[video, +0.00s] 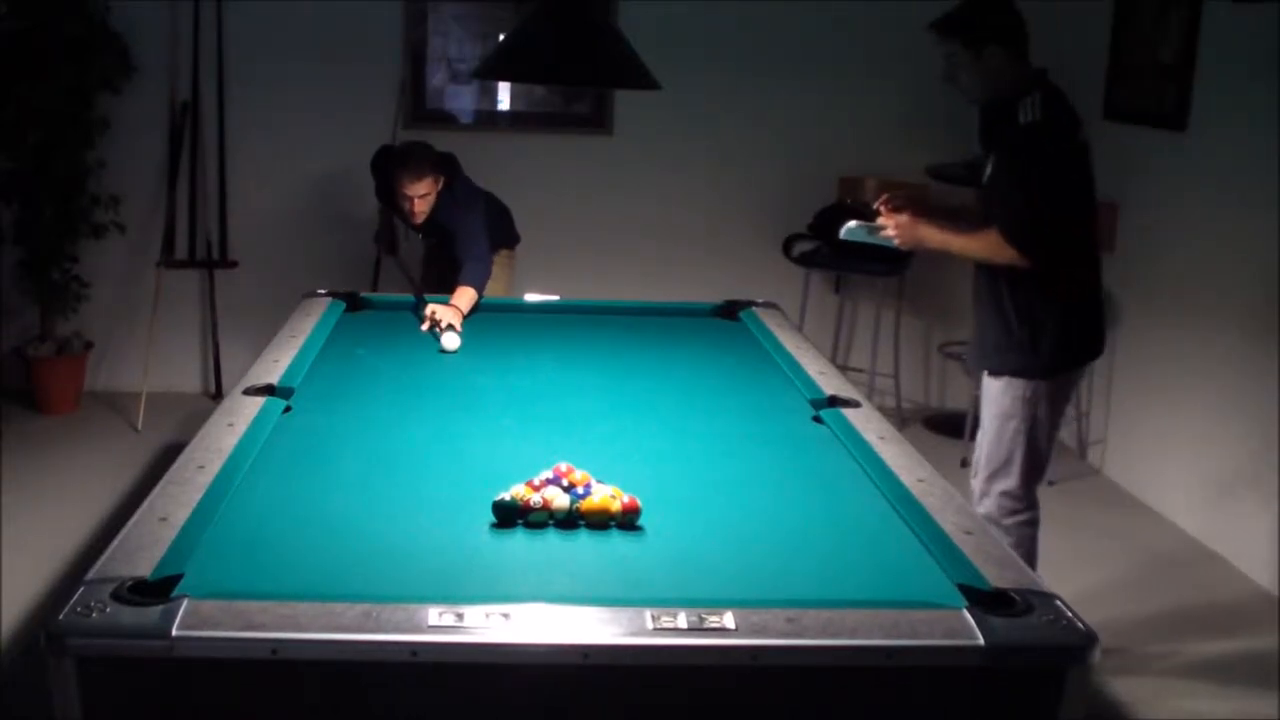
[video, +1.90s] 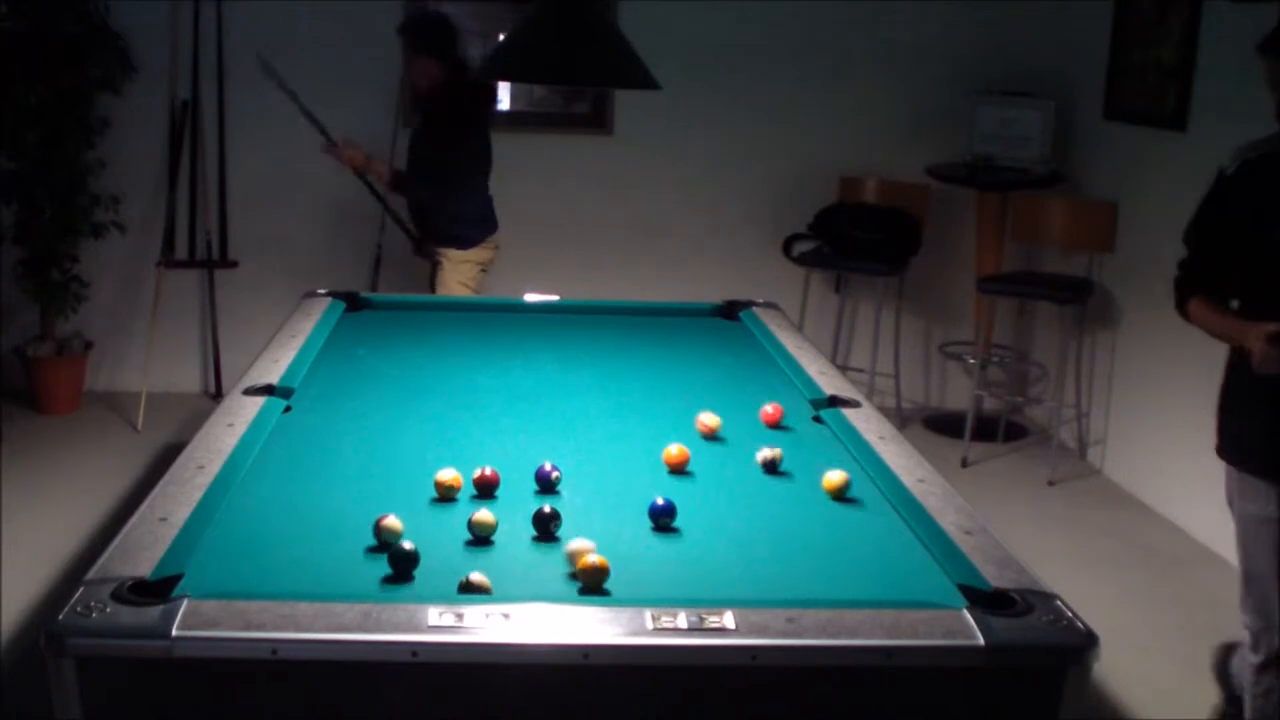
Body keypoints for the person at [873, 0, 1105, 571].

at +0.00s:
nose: (951, 79)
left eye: (958, 64)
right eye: (949, 65)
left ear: (993, 55)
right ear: (1001, 57)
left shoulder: (1037, 117)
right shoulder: (1016, 111)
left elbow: (1022, 245)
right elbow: (997, 212)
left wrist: (928, 235)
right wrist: (923, 210)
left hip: (1036, 344)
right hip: (1014, 337)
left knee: (1003, 498)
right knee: (992, 489)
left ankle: (1007, 629)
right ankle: (994, 620)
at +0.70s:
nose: (985, 69)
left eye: (993, 54)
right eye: (983, 55)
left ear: (1026, 49)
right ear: (1017, 51)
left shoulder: (1077, 118)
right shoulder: (1024, 113)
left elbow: (1069, 242)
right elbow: (1030, 215)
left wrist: (968, 237)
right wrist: (973, 204)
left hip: (1070, 346)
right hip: (1019, 338)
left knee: (1068, 502)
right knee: (1009, 487)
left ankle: (1097, 644)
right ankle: (1003, 627)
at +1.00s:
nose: (1069, 69)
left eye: (1082, 55)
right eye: (1068, 55)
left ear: (1122, 57)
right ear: (1077, 56)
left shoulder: (1179, 144)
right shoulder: (1075, 126)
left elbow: (1174, 261)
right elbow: (1068, 219)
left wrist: (1059, 252)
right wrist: (1019, 224)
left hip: (1138, 375)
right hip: (1061, 358)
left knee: (1158, 525)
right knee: (1035, 496)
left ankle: (1185, 674)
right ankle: (1011, 630)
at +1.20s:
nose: (1121, 75)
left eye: (1137, 60)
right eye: (1125, 60)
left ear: (1186, 64)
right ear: (1150, 70)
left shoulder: (1258, 156)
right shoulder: (1129, 146)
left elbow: (1263, 282)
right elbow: (1099, 241)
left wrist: (1149, 277)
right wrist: (1081, 251)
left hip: (1213, 391)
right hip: (1122, 375)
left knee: (1199, 547)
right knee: (1060, 505)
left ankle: (1191, 678)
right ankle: (1018, 634)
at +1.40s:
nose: (1228, 90)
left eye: (1242, 78)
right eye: (1220, 74)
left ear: (1266, 80)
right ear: (1205, 72)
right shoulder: (1174, 138)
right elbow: (1138, 248)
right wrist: (1154, 256)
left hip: (1262, 380)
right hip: (1167, 363)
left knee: (1232, 553)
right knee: (1111, 523)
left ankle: (1195, 681)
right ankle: (1094, 663)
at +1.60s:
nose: (1259, 77)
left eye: (1265, 64)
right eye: (1254, 62)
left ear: (1274, 70)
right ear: (1241, 62)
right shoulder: (1205, 142)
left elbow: (1149, 237)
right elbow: (1148, 236)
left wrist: (1182, 284)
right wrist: (1183, 287)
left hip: (1268, 382)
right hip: (1210, 374)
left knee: (1252, 563)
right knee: (1205, 561)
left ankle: (1209, 684)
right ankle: (1197, 698)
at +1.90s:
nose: (1273, 95)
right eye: (1273, 82)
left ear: (1270, 85)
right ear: (1269, 82)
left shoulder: (1254, 175)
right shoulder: (1252, 174)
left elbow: (1192, 292)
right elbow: (1191, 291)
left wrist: (1242, 331)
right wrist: (1245, 332)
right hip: (1262, 437)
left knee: (1267, 614)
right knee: (1265, 619)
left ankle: (1247, 679)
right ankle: (1256, 699)